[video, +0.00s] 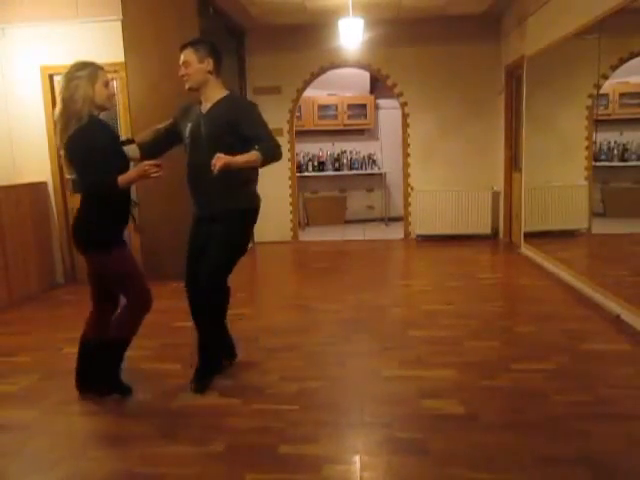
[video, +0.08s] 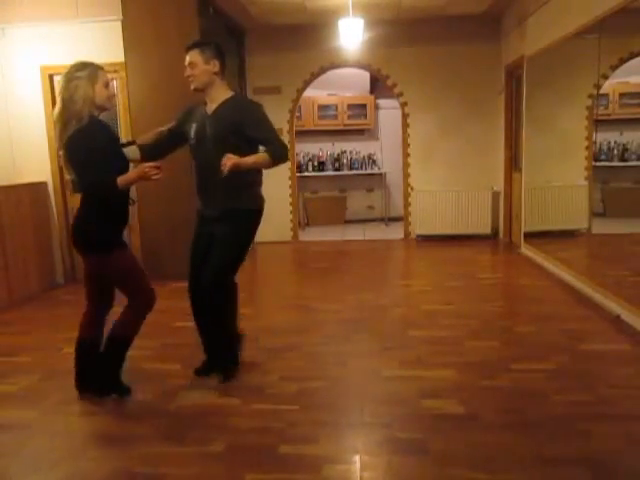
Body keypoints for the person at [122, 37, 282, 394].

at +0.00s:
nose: (181, 72)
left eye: (187, 65)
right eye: (180, 66)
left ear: (209, 65)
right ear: (197, 69)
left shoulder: (237, 106)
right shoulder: (190, 112)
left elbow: (272, 150)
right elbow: (155, 145)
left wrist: (235, 160)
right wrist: (114, 149)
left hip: (237, 211)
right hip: (205, 211)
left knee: (209, 281)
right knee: (195, 282)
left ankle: (207, 364)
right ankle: (221, 346)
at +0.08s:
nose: (187, 73)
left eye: (192, 66)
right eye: (186, 67)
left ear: (214, 67)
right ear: (202, 70)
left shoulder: (243, 108)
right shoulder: (194, 113)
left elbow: (280, 152)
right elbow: (161, 145)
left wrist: (244, 161)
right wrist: (122, 151)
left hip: (241, 209)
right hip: (210, 209)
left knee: (217, 278)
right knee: (197, 282)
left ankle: (227, 356)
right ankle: (214, 354)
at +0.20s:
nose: (198, 73)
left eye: (204, 66)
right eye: (197, 68)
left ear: (227, 67)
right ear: (210, 72)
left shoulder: (257, 109)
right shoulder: (203, 117)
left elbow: (295, 153)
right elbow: (165, 153)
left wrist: (270, 162)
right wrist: (122, 157)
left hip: (252, 209)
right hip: (219, 210)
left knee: (238, 283)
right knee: (210, 288)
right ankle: (221, 354)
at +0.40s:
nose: (218, 71)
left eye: (224, 64)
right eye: (217, 65)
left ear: (247, 65)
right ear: (219, 71)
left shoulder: (278, 106)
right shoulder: (222, 115)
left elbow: (317, 148)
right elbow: (192, 159)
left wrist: (318, 159)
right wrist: (151, 160)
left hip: (279, 210)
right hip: (240, 212)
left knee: (284, 285)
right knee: (231, 287)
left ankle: (292, 338)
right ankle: (223, 356)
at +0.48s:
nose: (225, 70)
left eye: (232, 63)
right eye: (224, 65)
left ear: (253, 65)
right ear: (225, 69)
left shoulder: (284, 105)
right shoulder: (228, 111)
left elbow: (314, 136)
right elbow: (206, 158)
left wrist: (327, 156)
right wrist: (177, 160)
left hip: (286, 208)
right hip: (246, 210)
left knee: (292, 281)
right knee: (235, 283)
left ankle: (293, 338)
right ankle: (223, 350)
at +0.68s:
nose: (246, 69)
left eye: (252, 62)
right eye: (242, 65)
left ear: (270, 65)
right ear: (239, 70)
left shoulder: (297, 106)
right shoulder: (237, 112)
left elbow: (319, 140)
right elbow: (226, 158)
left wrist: (335, 161)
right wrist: (212, 174)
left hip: (295, 204)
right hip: (255, 206)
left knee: (300, 277)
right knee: (263, 277)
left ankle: (297, 341)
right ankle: (255, 325)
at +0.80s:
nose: (257, 70)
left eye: (263, 64)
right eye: (251, 65)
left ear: (278, 66)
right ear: (245, 70)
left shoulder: (297, 108)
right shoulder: (240, 112)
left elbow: (321, 148)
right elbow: (228, 163)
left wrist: (336, 162)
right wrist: (255, 150)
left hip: (297, 204)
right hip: (260, 206)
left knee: (303, 279)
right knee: (274, 279)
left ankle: (301, 348)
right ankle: (277, 350)